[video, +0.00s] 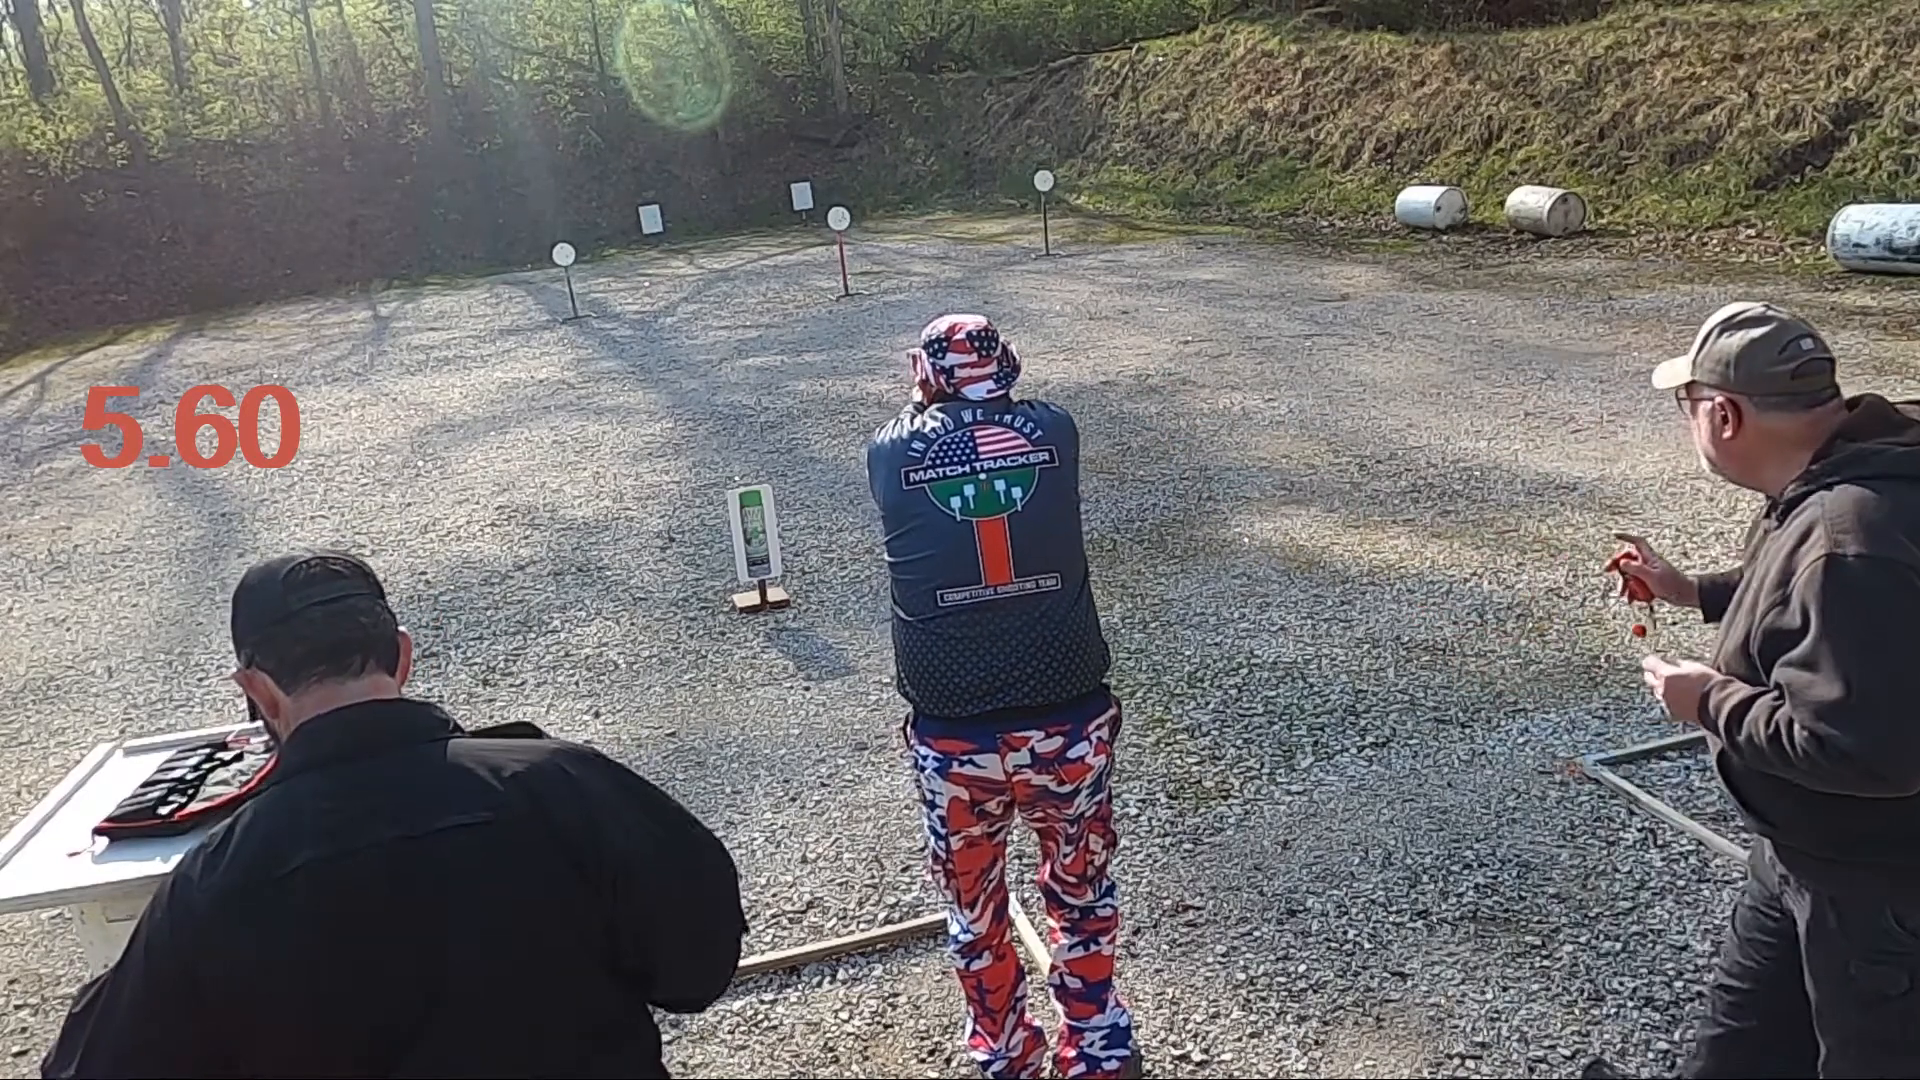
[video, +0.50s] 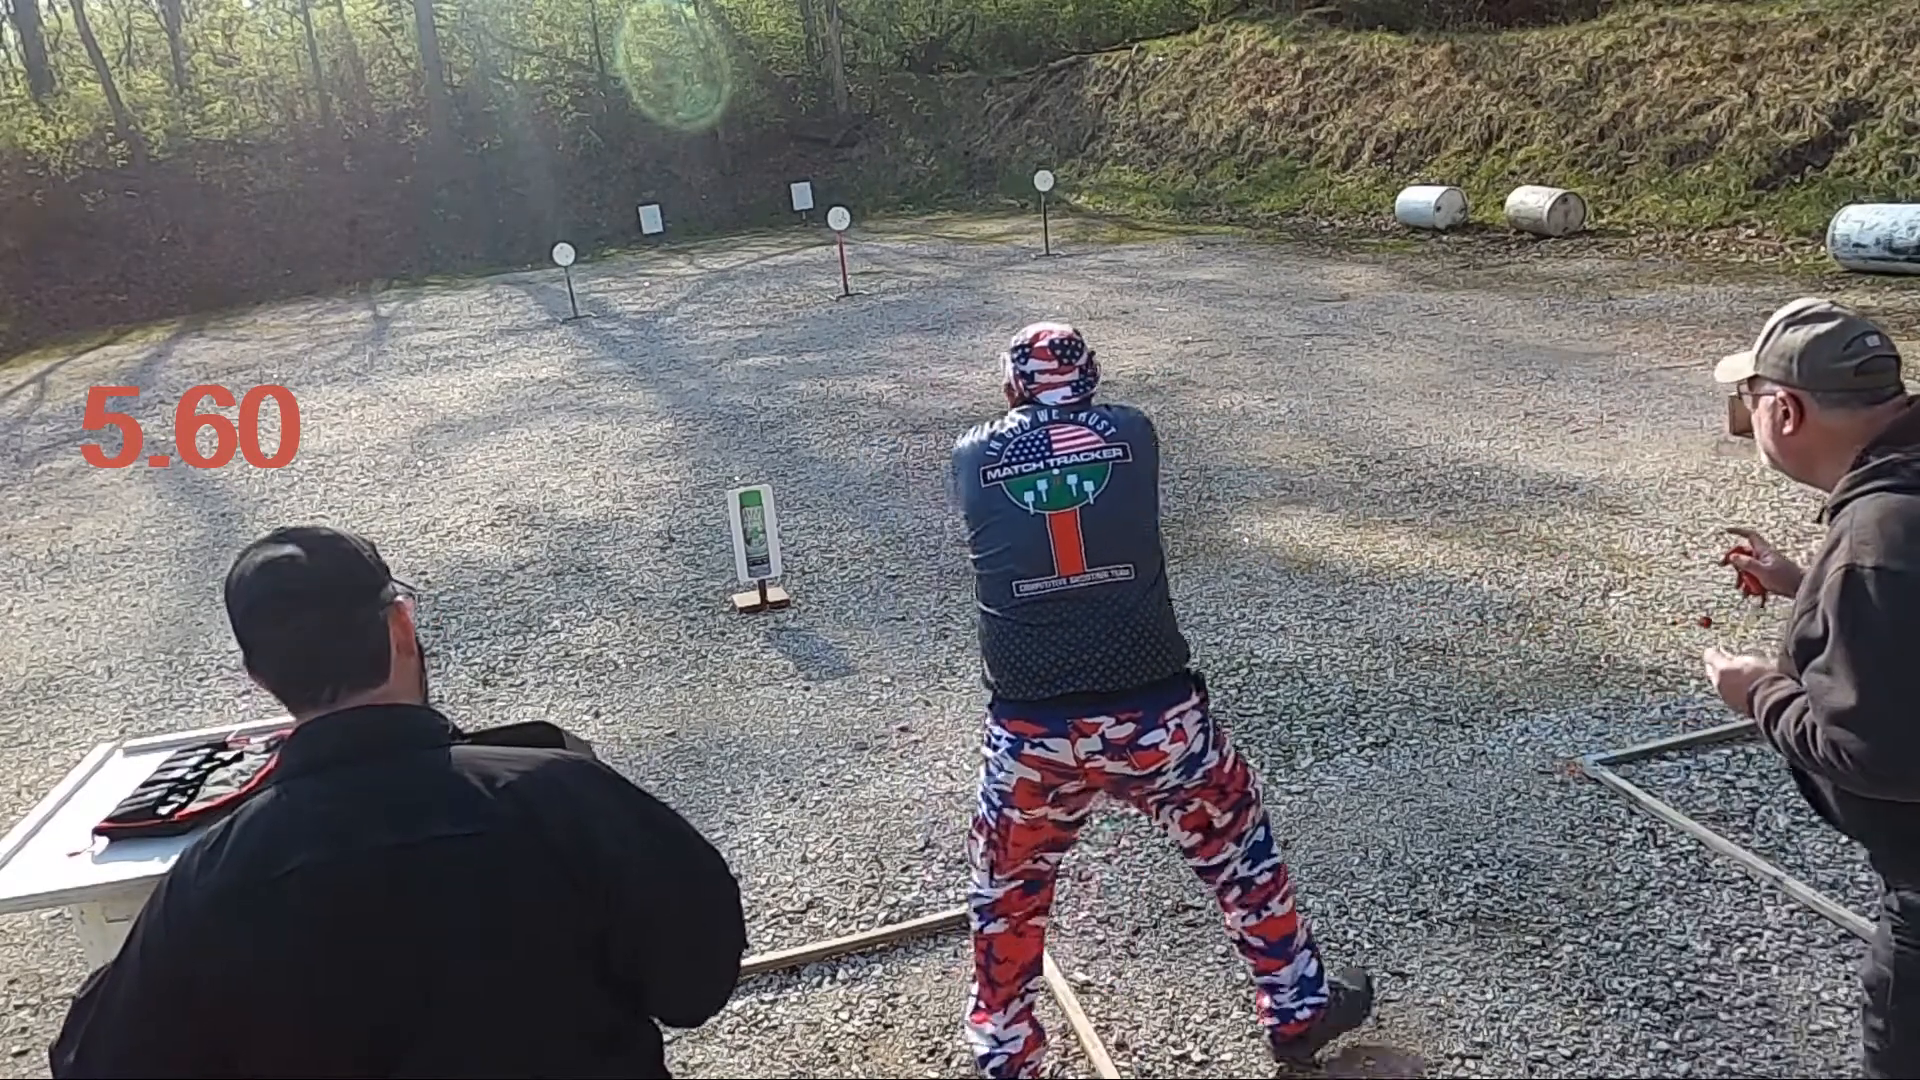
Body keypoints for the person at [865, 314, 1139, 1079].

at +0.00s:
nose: (920, 388)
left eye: (921, 379)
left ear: (927, 388)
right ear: (1004, 379)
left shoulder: (888, 458)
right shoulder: (1054, 430)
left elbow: (907, 437)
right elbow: (993, 424)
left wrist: (931, 399)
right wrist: (952, 395)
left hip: (955, 740)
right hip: (1071, 727)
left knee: (975, 901)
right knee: (1082, 891)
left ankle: (1003, 1055)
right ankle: (1099, 1052)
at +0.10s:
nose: (924, 386)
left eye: (925, 376)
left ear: (932, 386)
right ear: (1009, 376)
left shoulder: (896, 455)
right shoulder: (1060, 429)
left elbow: (916, 436)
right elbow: (1006, 423)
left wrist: (942, 398)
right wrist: (960, 394)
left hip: (960, 737)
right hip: (1077, 725)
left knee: (975, 899)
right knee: (1083, 892)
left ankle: (1003, 1054)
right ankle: (1098, 1054)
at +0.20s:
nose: (934, 384)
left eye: (936, 374)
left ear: (943, 385)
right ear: (1019, 376)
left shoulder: (905, 453)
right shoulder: (1068, 427)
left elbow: (923, 437)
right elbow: (1019, 418)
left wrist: (950, 397)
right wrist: (968, 392)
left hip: (970, 732)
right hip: (1087, 722)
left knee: (975, 895)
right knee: (1089, 884)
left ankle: (1000, 1053)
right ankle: (1096, 1046)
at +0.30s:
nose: (944, 377)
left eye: (946, 367)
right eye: (950, 366)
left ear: (954, 379)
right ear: (1028, 370)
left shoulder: (917, 446)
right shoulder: (1079, 419)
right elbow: (1028, 419)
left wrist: (970, 395)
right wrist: (982, 389)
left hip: (985, 726)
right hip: (1105, 714)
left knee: (980, 891)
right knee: (1118, 872)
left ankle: (1000, 1054)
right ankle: (1106, 1039)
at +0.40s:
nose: (981, 380)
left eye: (979, 369)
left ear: (978, 378)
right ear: (1056, 368)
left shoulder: (939, 446)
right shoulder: (1101, 419)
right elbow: (1053, 419)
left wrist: (993, 396)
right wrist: (1012, 391)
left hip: (1005, 725)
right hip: (1126, 711)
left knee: (995, 892)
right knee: (1172, 847)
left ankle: (1001, 1055)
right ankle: (1176, 1025)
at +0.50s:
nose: (1077, 392)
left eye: (1015, 379)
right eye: (1081, 379)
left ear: (1010, 389)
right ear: (1088, 383)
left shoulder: (970, 460)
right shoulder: (1131, 433)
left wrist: (1032, 410)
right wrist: (1051, 406)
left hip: (1032, 736)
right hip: (1155, 721)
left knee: (1008, 887)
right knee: (1236, 844)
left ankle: (1002, 1052)